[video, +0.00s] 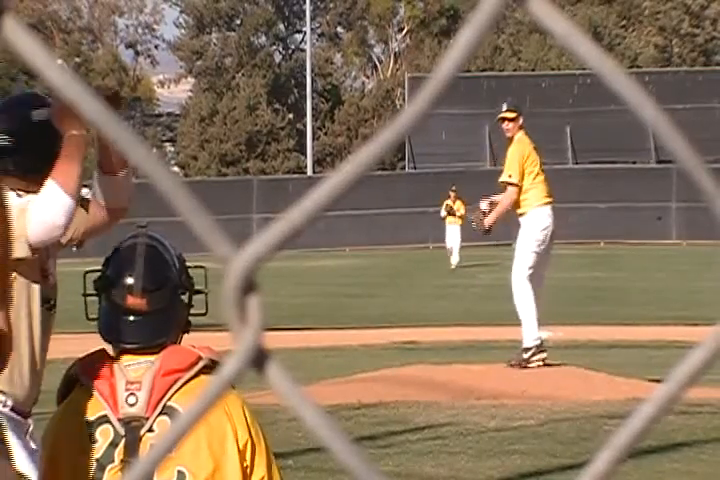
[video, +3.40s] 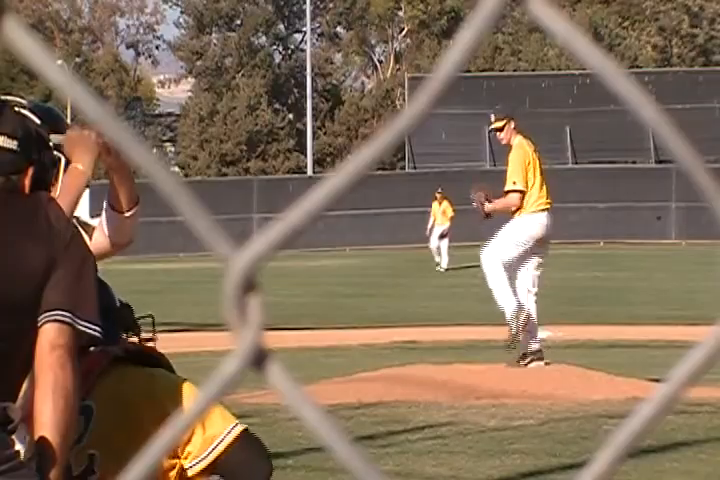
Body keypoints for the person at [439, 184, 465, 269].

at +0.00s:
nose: (453, 194)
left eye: (454, 192)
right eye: (451, 192)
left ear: (456, 193)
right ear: (449, 193)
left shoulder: (459, 203)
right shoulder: (447, 202)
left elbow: (462, 212)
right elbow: (442, 214)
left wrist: (455, 212)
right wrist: (446, 211)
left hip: (456, 223)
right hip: (449, 223)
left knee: (456, 242)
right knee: (449, 242)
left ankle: (454, 260)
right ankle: (450, 255)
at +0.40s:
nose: (450, 195)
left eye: (451, 193)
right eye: (448, 193)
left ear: (453, 194)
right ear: (447, 194)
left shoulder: (456, 202)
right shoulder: (444, 203)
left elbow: (459, 212)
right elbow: (441, 211)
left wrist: (458, 220)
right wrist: (442, 218)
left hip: (455, 222)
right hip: (447, 223)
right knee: (445, 243)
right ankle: (445, 261)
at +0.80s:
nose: (444, 195)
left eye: (445, 193)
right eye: (442, 193)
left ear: (447, 194)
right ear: (440, 194)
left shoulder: (451, 202)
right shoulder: (439, 203)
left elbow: (457, 214)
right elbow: (435, 214)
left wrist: (461, 224)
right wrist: (441, 205)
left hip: (451, 224)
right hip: (443, 224)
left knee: (453, 243)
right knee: (444, 244)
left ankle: (453, 261)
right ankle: (445, 262)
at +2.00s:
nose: (453, 196)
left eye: (454, 194)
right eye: (452, 194)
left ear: (456, 195)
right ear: (449, 194)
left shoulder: (459, 203)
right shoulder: (446, 203)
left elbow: (463, 214)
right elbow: (442, 214)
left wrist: (465, 226)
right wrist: (448, 212)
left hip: (457, 224)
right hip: (449, 224)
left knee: (457, 244)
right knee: (449, 244)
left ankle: (456, 263)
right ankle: (449, 261)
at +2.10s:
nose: (453, 195)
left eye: (454, 193)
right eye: (451, 193)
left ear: (456, 195)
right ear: (449, 194)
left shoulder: (459, 203)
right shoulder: (446, 203)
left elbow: (463, 214)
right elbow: (443, 212)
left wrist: (464, 224)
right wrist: (445, 219)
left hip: (456, 224)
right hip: (449, 224)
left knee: (456, 244)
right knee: (448, 244)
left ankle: (457, 262)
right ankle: (449, 262)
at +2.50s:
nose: (445, 196)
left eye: (447, 194)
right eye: (444, 194)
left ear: (449, 195)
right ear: (442, 195)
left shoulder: (454, 203)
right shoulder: (441, 205)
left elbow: (458, 215)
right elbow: (439, 218)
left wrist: (458, 225)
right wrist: (437, 229)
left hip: (453, 225)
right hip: (445, 225)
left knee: (453, 244)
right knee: (445, 245)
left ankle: (456, 262)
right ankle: (447, 263)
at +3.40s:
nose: (439, 195)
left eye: (441, 193)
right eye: (438, 193)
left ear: (443, 194)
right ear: (435, 194)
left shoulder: (446, 203)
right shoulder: (434, 204)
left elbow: (450, 217)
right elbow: (432, 216)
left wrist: (446, 229)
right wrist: (428, 228)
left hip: (444, 225)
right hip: (437, 225)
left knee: (444, 246)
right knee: (433, 244)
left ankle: (444, 265)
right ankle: (437, 260)